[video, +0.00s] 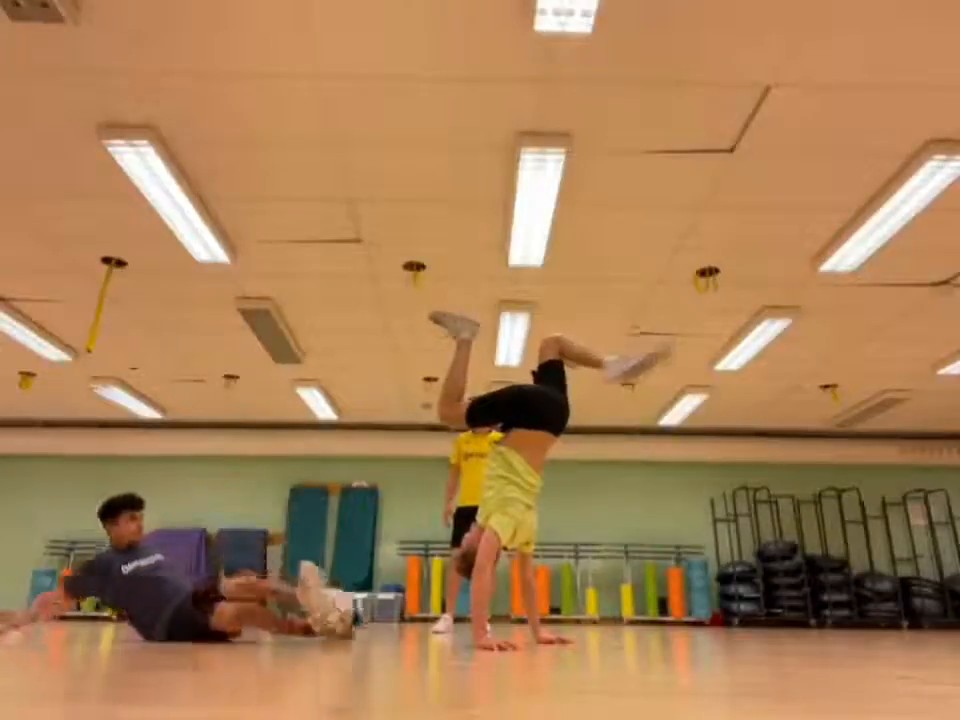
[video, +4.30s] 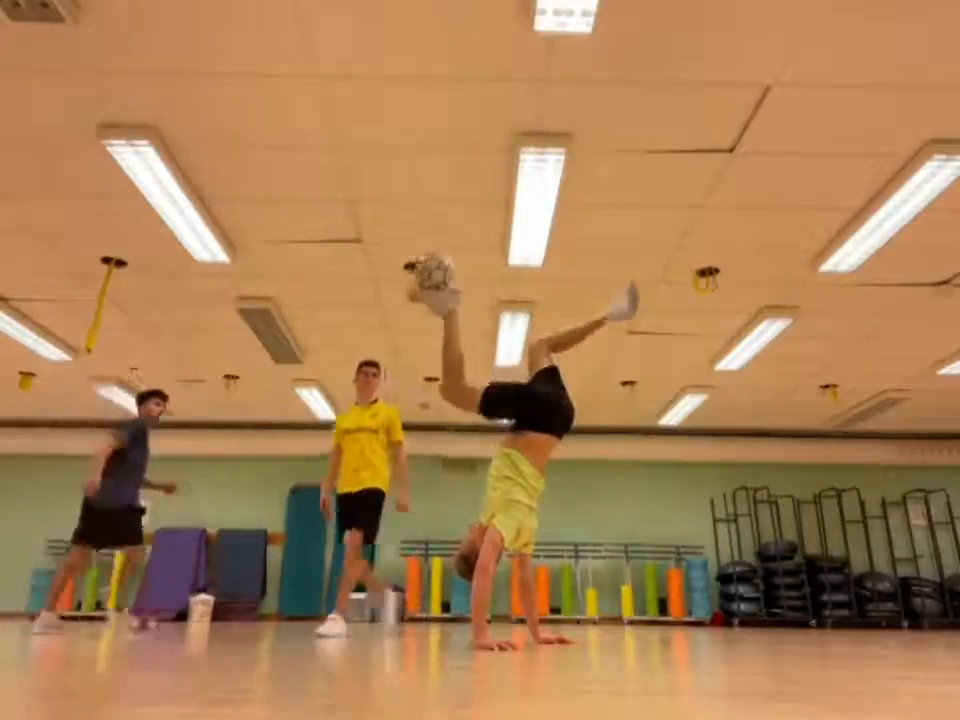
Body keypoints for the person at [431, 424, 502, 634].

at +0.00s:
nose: (479, 421)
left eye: (483, 415)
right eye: (475, 415)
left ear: (493, 417)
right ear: (468, 416)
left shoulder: (500, 440)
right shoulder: (462, 440)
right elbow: (454, 473)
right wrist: (449, 502)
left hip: (492, 504)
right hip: (466, 504)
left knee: (487, 564)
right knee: (457, 560)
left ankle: (484, 618)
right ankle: (449, 613)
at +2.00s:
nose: (476, 420)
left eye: (481, 414)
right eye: (472, 413)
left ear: (491, 415)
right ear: (466, 415)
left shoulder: (499, 438)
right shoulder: (462, 440)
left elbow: (506, 471)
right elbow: (453, 473)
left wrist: (502, 501)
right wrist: (448, 503)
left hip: (491, 504)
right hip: (465, 504)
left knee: (489, 563)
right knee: (456, 557)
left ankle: (483, 617)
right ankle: (448, 613)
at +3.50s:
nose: (444, 409)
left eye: (447, 404)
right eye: (439, 404)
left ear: (452, 409)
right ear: (432, 409)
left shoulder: (464, 438)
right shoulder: (422, 438)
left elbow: (474, 474)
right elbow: (416, 475)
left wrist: (475, 506)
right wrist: (411, 506)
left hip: (457, 506)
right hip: (428, 505)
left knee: (468, 558)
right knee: (412, 556)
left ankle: (477, 612)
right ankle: (409, 608)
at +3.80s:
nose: (408, 394)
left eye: (412, 390)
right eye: (403, 391)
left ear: (419, 395)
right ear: (397, 396)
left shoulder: (431, 423)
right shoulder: (391, 427)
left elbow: (441, 459)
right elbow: (387, 459)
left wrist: (441, 494)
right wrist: (379, 487)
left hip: (422, 493)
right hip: (396, 493)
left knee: (419, 552)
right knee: (394, 554)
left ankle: (437, 601)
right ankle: (400, 611)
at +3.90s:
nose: (400, 390)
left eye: (404, 386)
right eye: (395, 386)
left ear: (410, 391)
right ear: (388, 391)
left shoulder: (422, 418)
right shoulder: (381, 425)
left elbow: (435, 454)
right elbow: (375, 460)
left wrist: (435, 491)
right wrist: (364, 492)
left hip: (415, 489)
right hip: (390, 491)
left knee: (405, 544)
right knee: (392, 549)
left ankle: (409, 606)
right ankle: (399, 606)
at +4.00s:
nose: (392, 389)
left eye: (396, 385)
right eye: (387, 385)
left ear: (402, 391)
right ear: (380, 391)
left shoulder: (414, 419)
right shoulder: (373, 424)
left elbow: (427, 455)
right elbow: (366, 460)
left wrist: (427, 492)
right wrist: (355, 491)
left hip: (407, 490)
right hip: (382, 492)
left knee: (389, 544)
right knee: (390, 551)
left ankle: (377, 606)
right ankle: (397, 611)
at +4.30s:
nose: (368, 379)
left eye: (374, 375)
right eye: (364, 375)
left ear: (380, 382)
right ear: (355, 380)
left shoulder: (388, 413)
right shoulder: (344, 417)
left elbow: (400, 453)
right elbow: (336, 454)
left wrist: (404, 491)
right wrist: (327, 488)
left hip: (372, 485)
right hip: (346, 486)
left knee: (353, 544)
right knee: (353, 555)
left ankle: (338, 614)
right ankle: (386, 594)